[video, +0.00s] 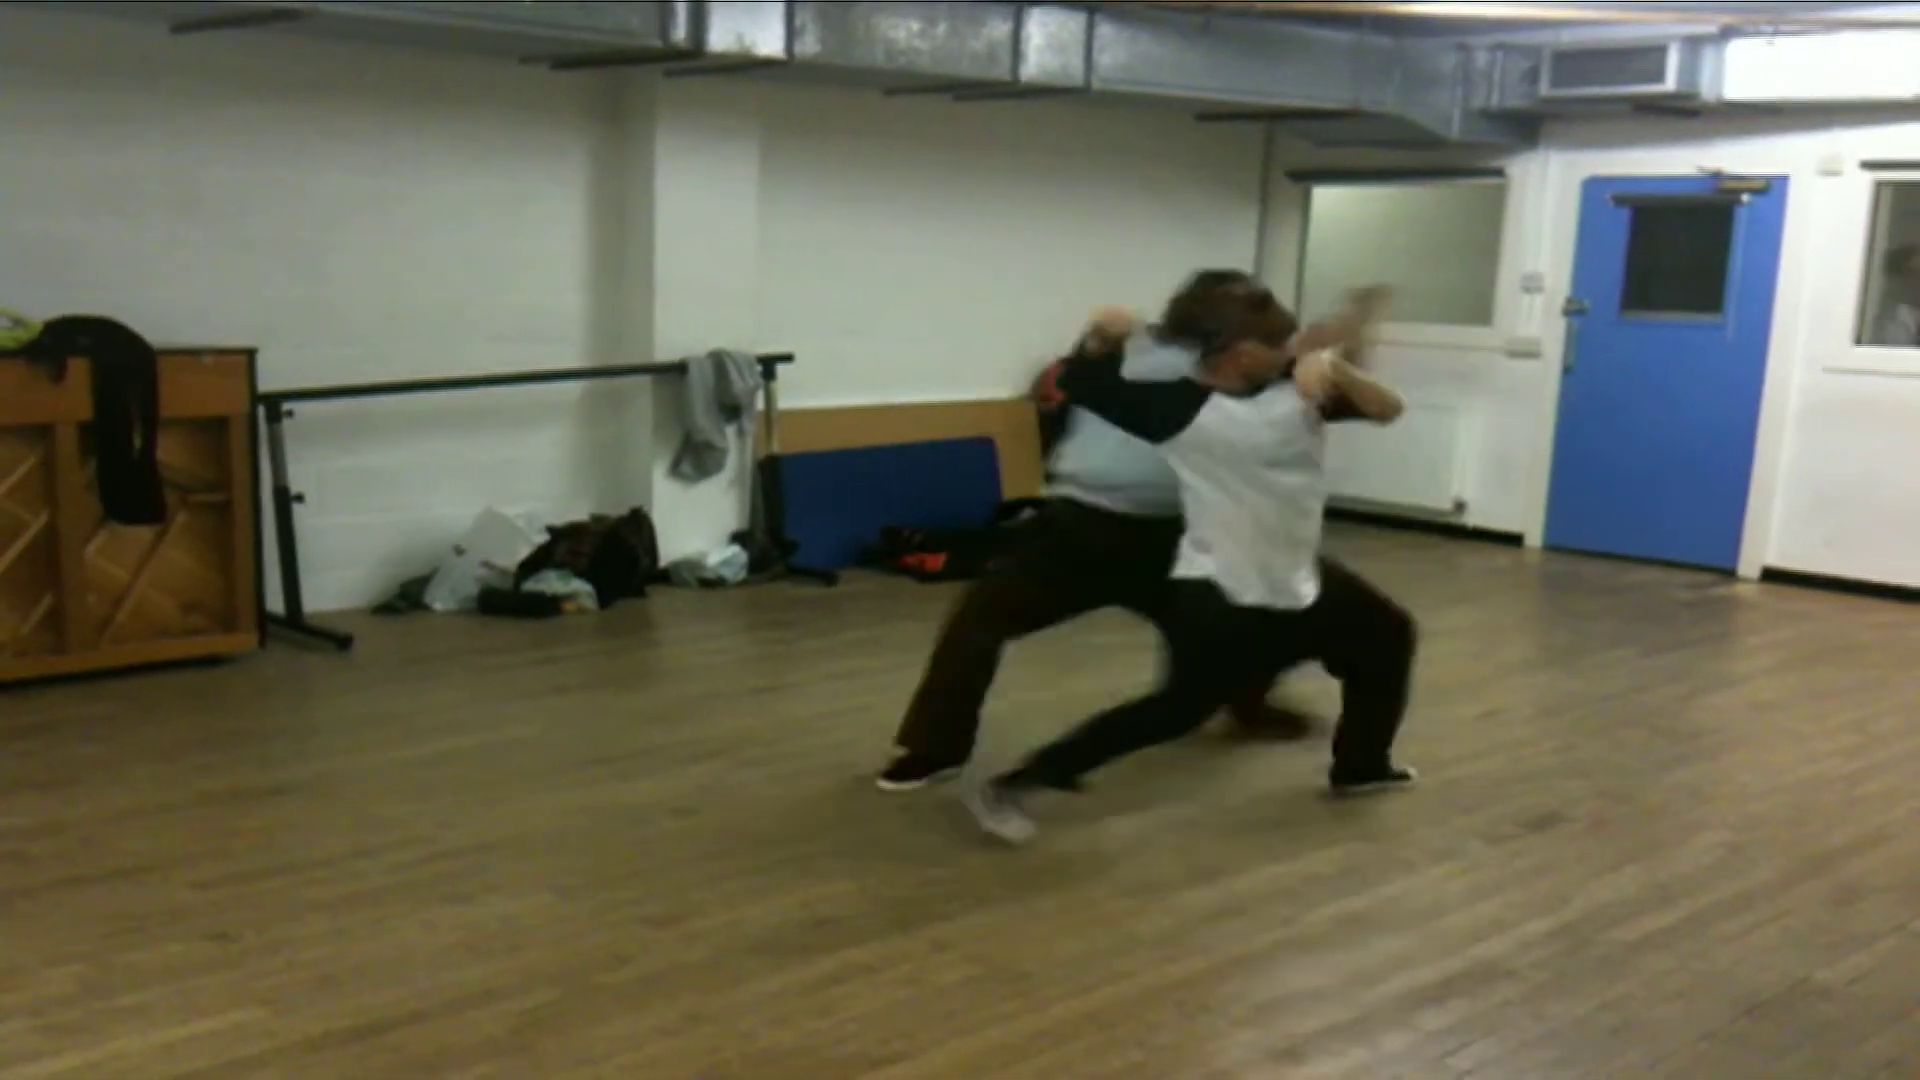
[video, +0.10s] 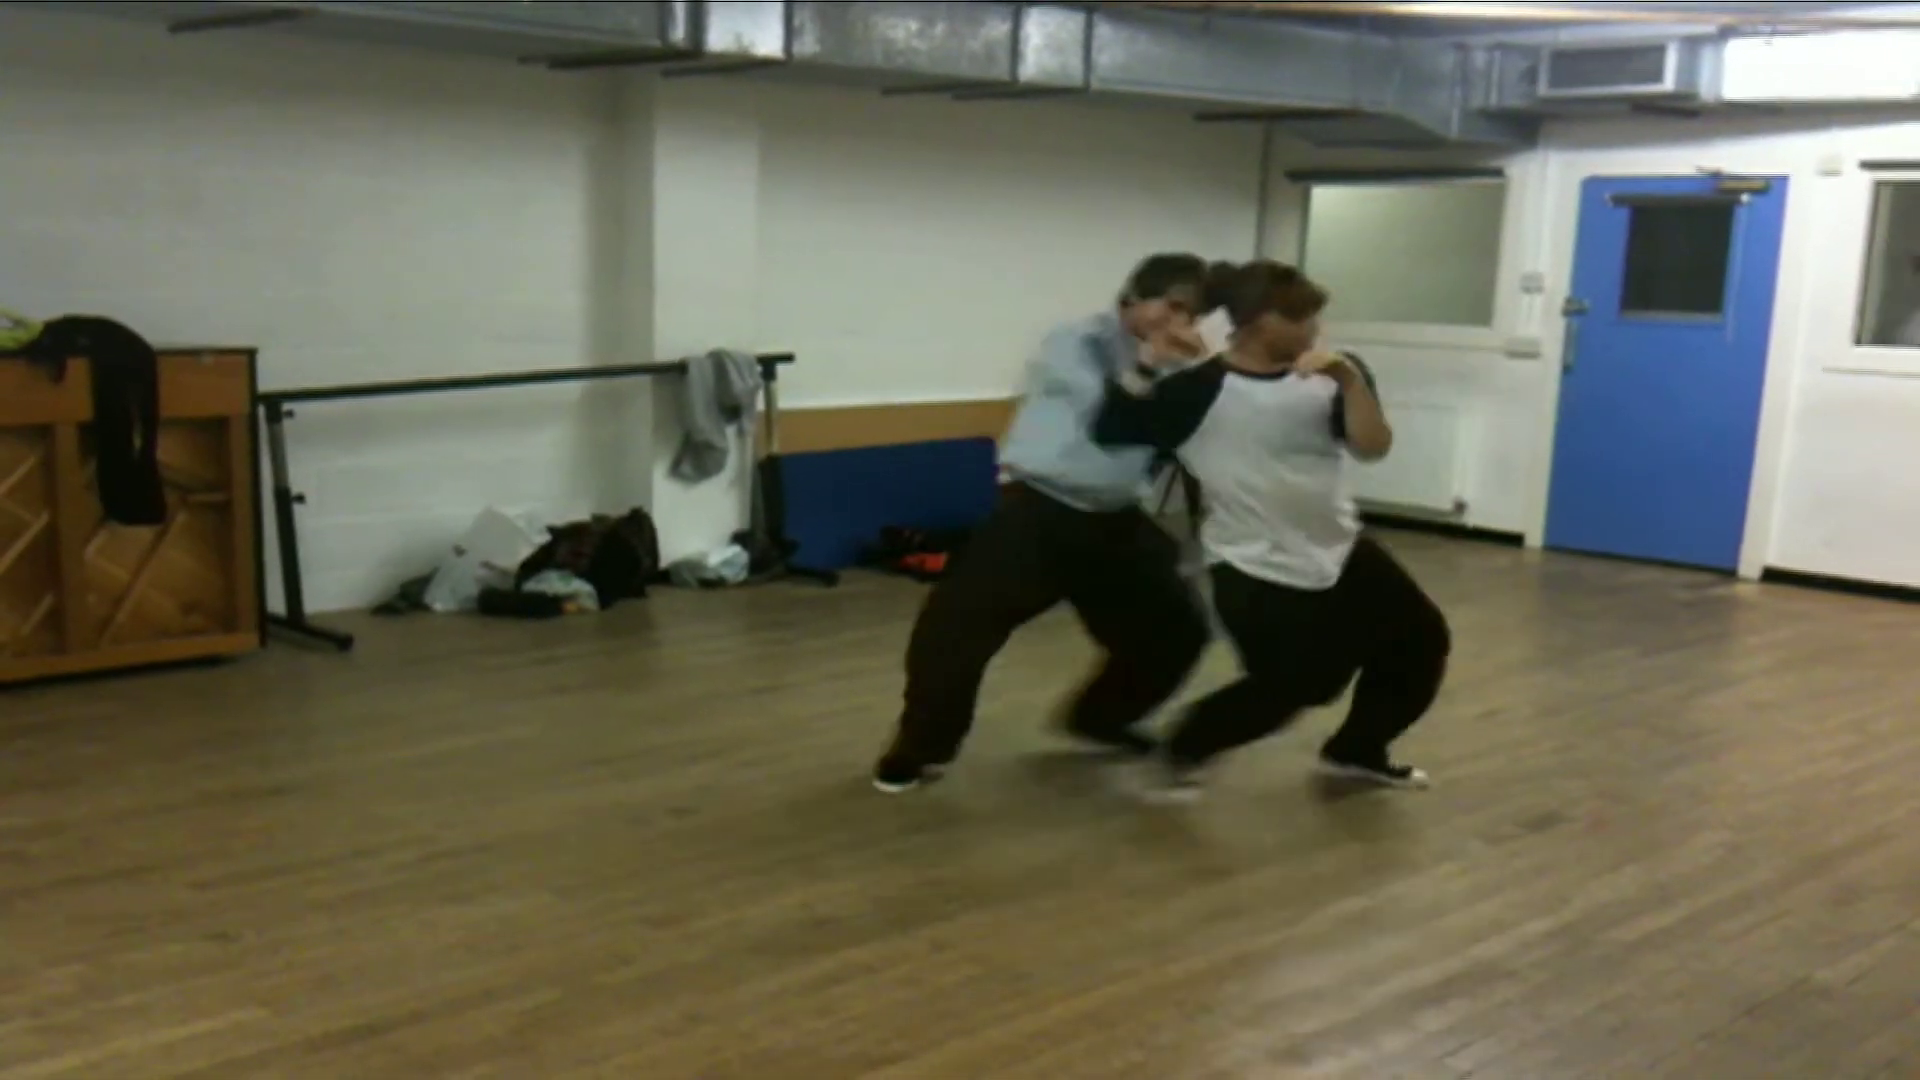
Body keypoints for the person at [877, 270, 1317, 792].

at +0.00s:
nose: (1273, 350)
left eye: (1271, 336)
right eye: (1262, 337)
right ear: (1221, 330)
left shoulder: (1248, 380)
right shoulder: (1123, 354)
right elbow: (1052, 396)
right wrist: (1091, 349)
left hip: (1175, 536)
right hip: (1080, 528)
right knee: (982, 613)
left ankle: (1249, 705)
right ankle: (933, 749)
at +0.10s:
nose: (1180, 326)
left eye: (1190, 315)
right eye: (1170, 308)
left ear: (1194, 322)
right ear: (1131, 304)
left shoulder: (1183, 377)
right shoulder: (1074, 346)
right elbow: (1107, 431)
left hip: (1117, 525)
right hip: (1037, 514)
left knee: (1172, 632)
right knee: (952, 628)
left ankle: (1098, 718)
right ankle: (922, 747)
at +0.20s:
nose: (1160, 312)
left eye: (1167, 302)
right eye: (1152, 298)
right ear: (1106, 295)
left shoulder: (1137, 375)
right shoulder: (1025, 355)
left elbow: (1136, 455)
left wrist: (1135, 477)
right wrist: (1094, 478)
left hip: (1072, 527)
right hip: (997, 516)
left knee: (1137, 629)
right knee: (957, 637)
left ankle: (1037, 728)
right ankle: (851, 737)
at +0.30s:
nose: (1147, 303)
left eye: (1150, 293)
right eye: (1136, 291)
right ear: (1087, 296)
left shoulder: (1124, 383)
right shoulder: (1007, 360)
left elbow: (1093, 458)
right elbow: (930, 435)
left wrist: (1104, 497)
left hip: (1055, 536)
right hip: (978, 531)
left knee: (1144, 610)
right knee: (938, 647)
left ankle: (1048, 703)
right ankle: (851, 748)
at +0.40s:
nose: (1149, 290)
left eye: (1150, 280)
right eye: (1138, 279)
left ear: (1101, 288)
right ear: (1091, 284)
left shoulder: (1132, 370)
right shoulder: (1004, 342)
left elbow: (1113, 449)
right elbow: (904, 405)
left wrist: (1076, 475)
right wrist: (909, 480)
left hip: (1060, 519)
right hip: (979, 514)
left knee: (1148, 591)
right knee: (940, 638)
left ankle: (1078, 693)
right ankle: (852, 748)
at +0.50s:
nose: (1155, 296)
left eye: (1154, 285)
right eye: (1145, 285)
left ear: (1105, 293)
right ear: (1102, 290)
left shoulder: (1145, 373)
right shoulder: (1001, 343)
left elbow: (1136, 446)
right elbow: (905, 406)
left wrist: (1096, 491)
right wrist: (913, 483)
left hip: (1067, 528)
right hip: (982, 521)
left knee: (1131, 625)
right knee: (932, 644)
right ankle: (852, 749)